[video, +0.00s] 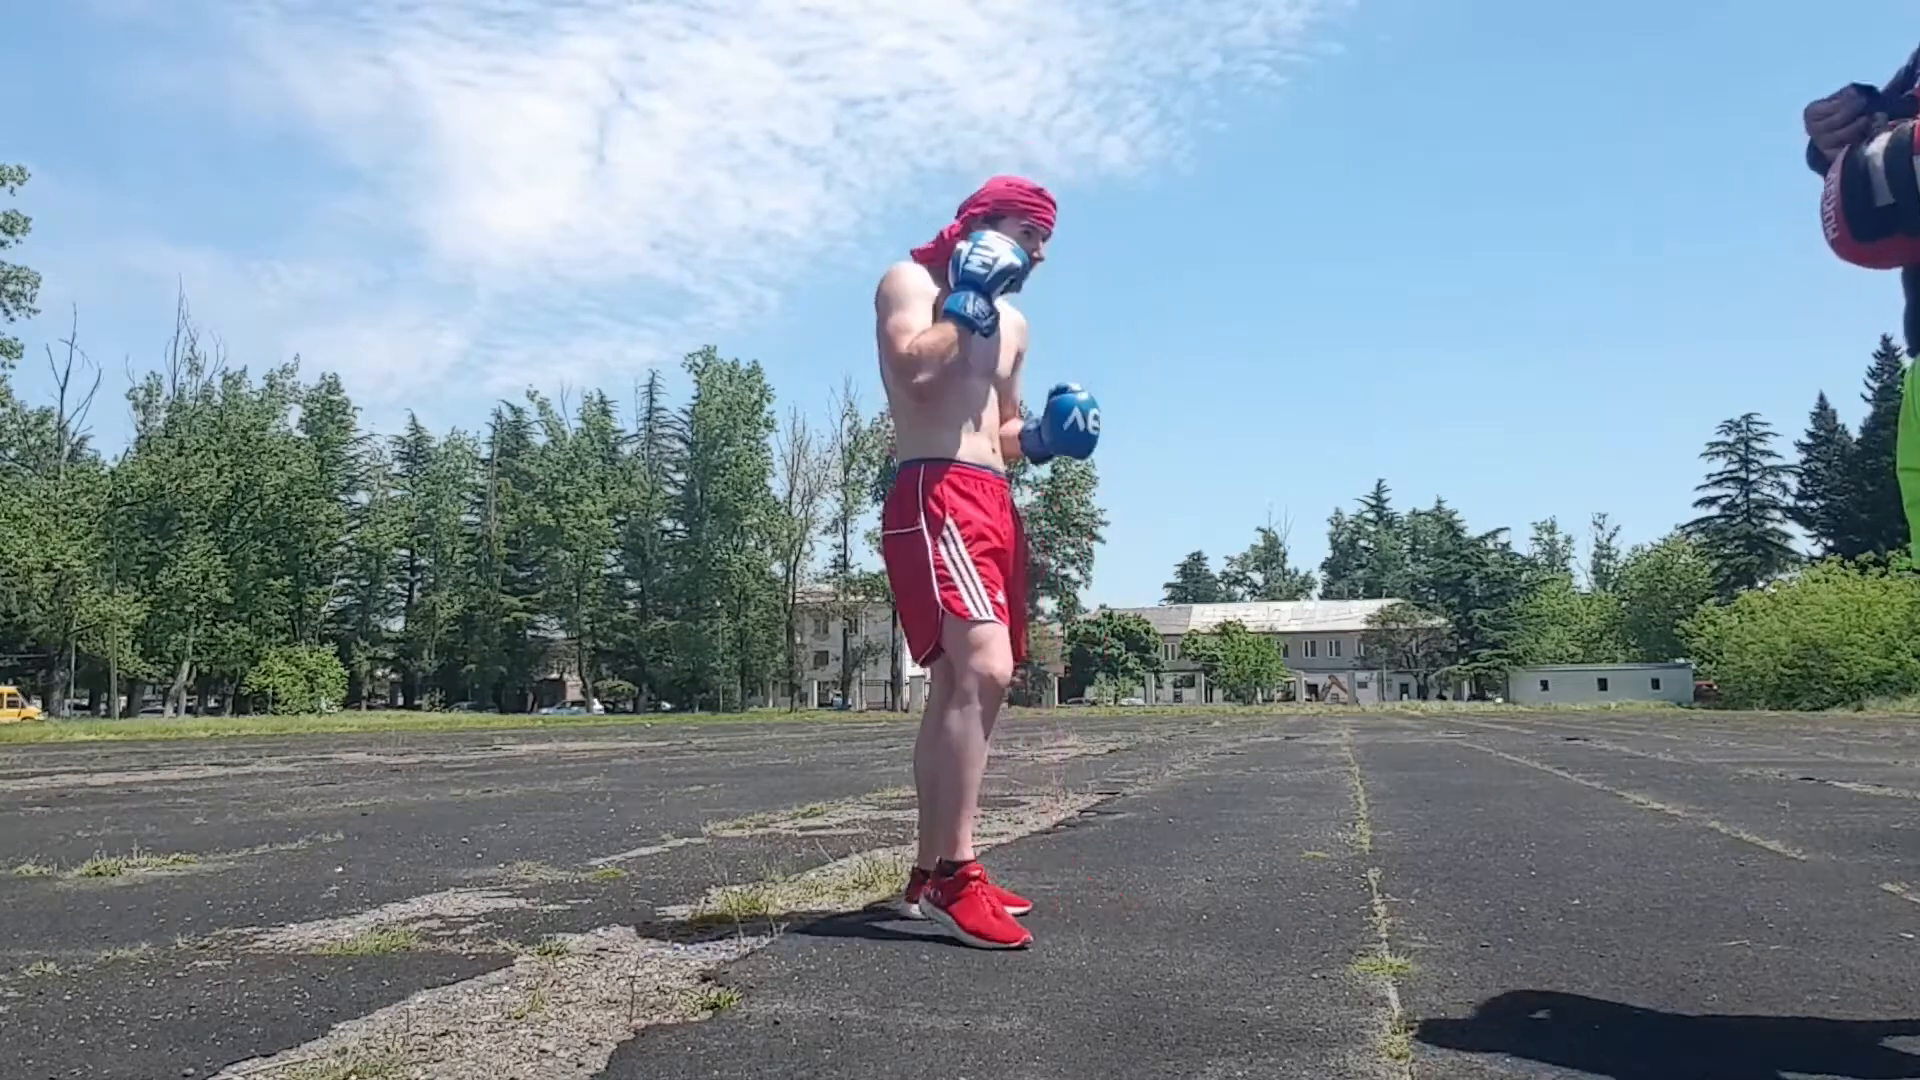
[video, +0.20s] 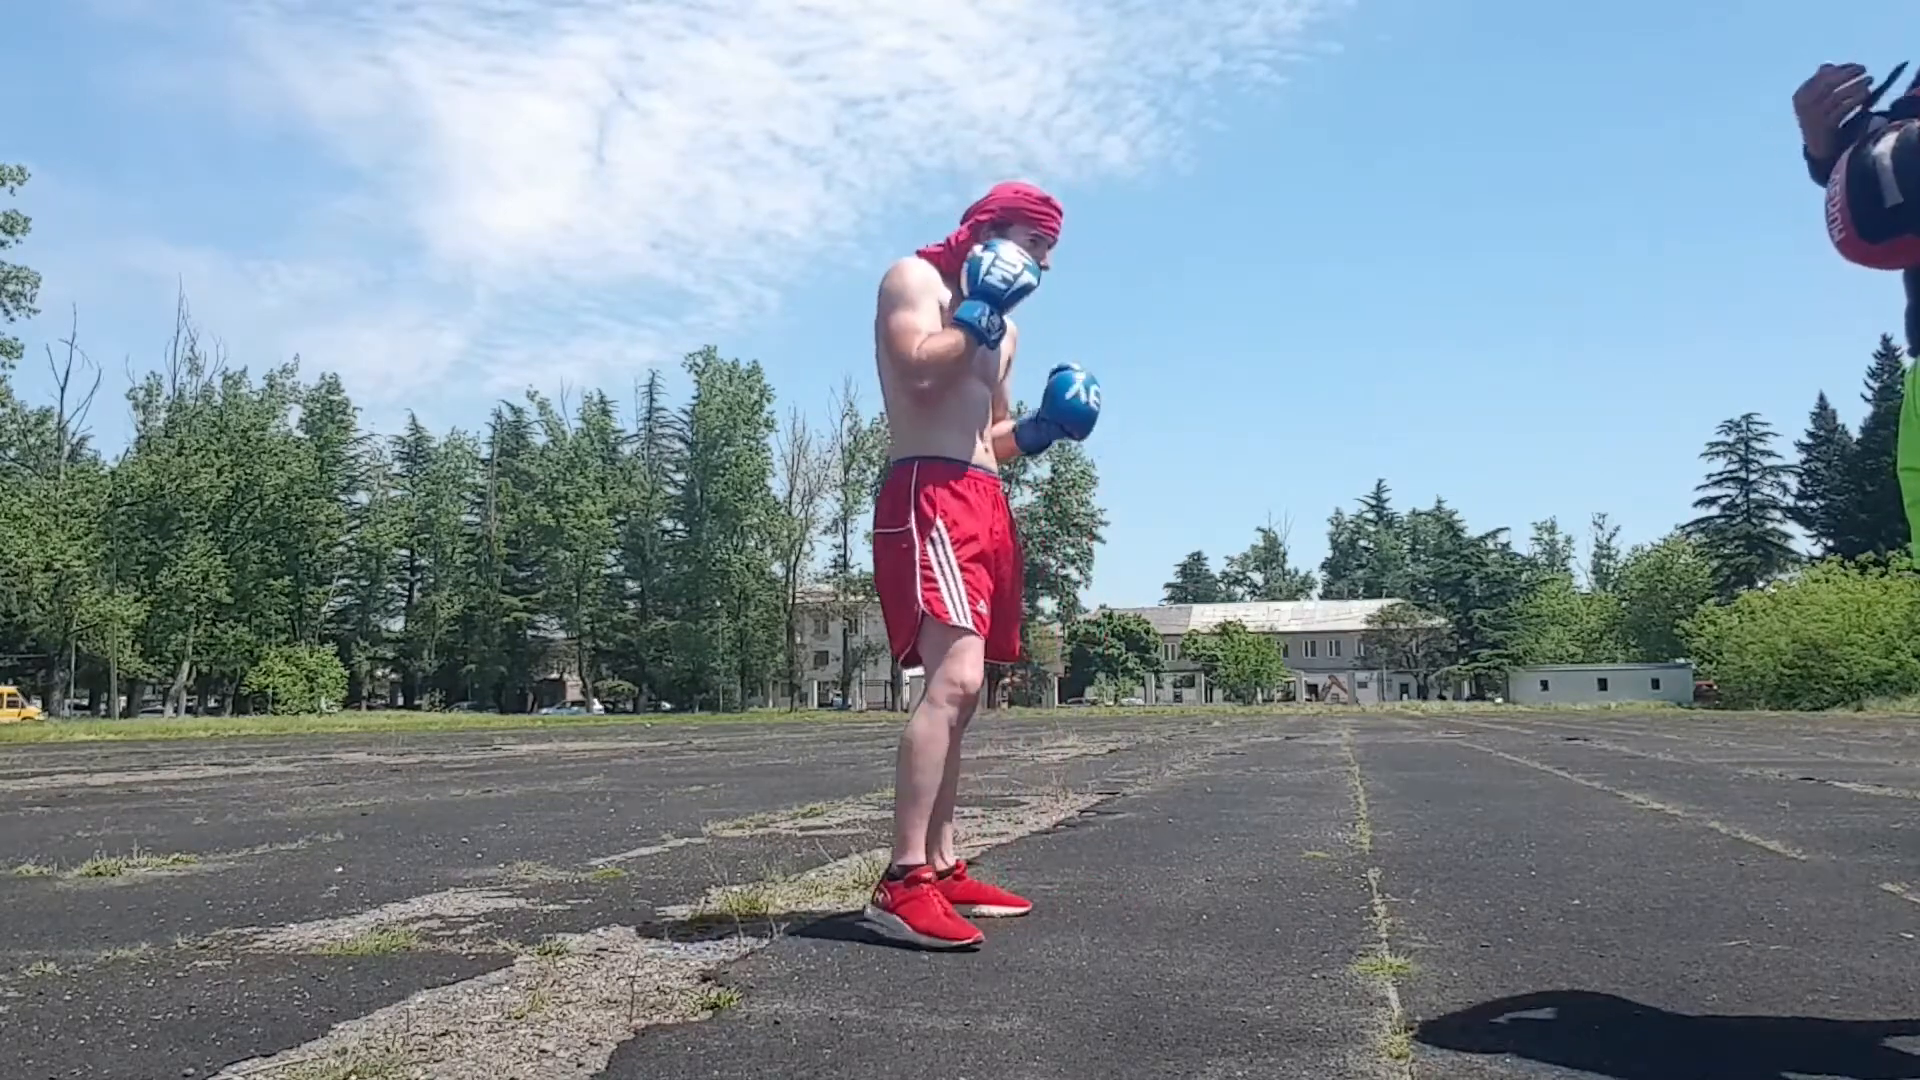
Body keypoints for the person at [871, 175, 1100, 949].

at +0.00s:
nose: (1024, 256)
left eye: (1034, 249)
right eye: (1018, 239)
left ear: (1032, 258)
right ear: (975, 226)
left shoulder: (1012, 325)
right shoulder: (908, 282)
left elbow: (1002, 436)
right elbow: (913, 365)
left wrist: (1045, 435)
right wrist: (970, 306)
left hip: (992, 503)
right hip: (935, 493)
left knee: (960, 687)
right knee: (989, 670)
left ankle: (936, 872)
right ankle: (954, 871)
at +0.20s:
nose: (1030, 268)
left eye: (1039, 260)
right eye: (1024, 251)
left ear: (1031, 263)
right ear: (983, 233)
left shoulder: (1003, 329)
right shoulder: (913, 277)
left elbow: (991, 440)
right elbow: (918, 366)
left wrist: (1047, 425)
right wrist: (982, 310)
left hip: (983, 501)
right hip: (928, 493)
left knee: (965, 689)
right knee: (953, 679)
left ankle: (941, 866)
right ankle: (905, 878)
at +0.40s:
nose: (1033, 256)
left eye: (1039, 245)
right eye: (1026, 238)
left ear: (1021, 245)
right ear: (980, 224)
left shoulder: (982, 320)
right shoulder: (912, 272)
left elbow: (989, 438)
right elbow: (905, 371)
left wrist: (1050, 387)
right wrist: (977, 322)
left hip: (976, 509)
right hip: (921, 501)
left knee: (952, 705)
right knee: (914, 698)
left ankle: (936, 872)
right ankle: (886, 889)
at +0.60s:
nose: (1024, 248)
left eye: (1031, 236)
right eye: (1019, 232)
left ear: (1002, 236)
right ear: (971, 218)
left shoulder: (973, 294)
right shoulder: (905, 265)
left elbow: (995, 415)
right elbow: (882, 378)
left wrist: (1019, 337)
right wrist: (971, 328)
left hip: (948, 499)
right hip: (897, 489)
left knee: (941, 693)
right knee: (893, 688)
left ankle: (939, 869)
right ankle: (883, 891)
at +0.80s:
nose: (1013, 252)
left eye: (1020, 240)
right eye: (1006, 233)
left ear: (996, 237)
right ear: (959, 214)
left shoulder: (950, 296)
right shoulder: (884, 262)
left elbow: (952, 417)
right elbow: (883, 373)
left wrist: (1018, 358)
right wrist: (958, 314)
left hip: (929, 497)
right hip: (883, 493)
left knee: (922, 689)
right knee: (885, 689)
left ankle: (914, 858)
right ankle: (879, 889)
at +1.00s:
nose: (999, 251)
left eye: (1004, 238)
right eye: (992, 233)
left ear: (970, 233)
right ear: (945, 218)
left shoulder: (932, 294)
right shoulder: (872, 264)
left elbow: (936, 417)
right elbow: (855, 376)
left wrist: (1006, 362)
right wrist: (938, 327)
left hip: (920, 495)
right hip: (878, 493)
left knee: (915, 683)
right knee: (886, 682)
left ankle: (860, 849)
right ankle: (882, 886)